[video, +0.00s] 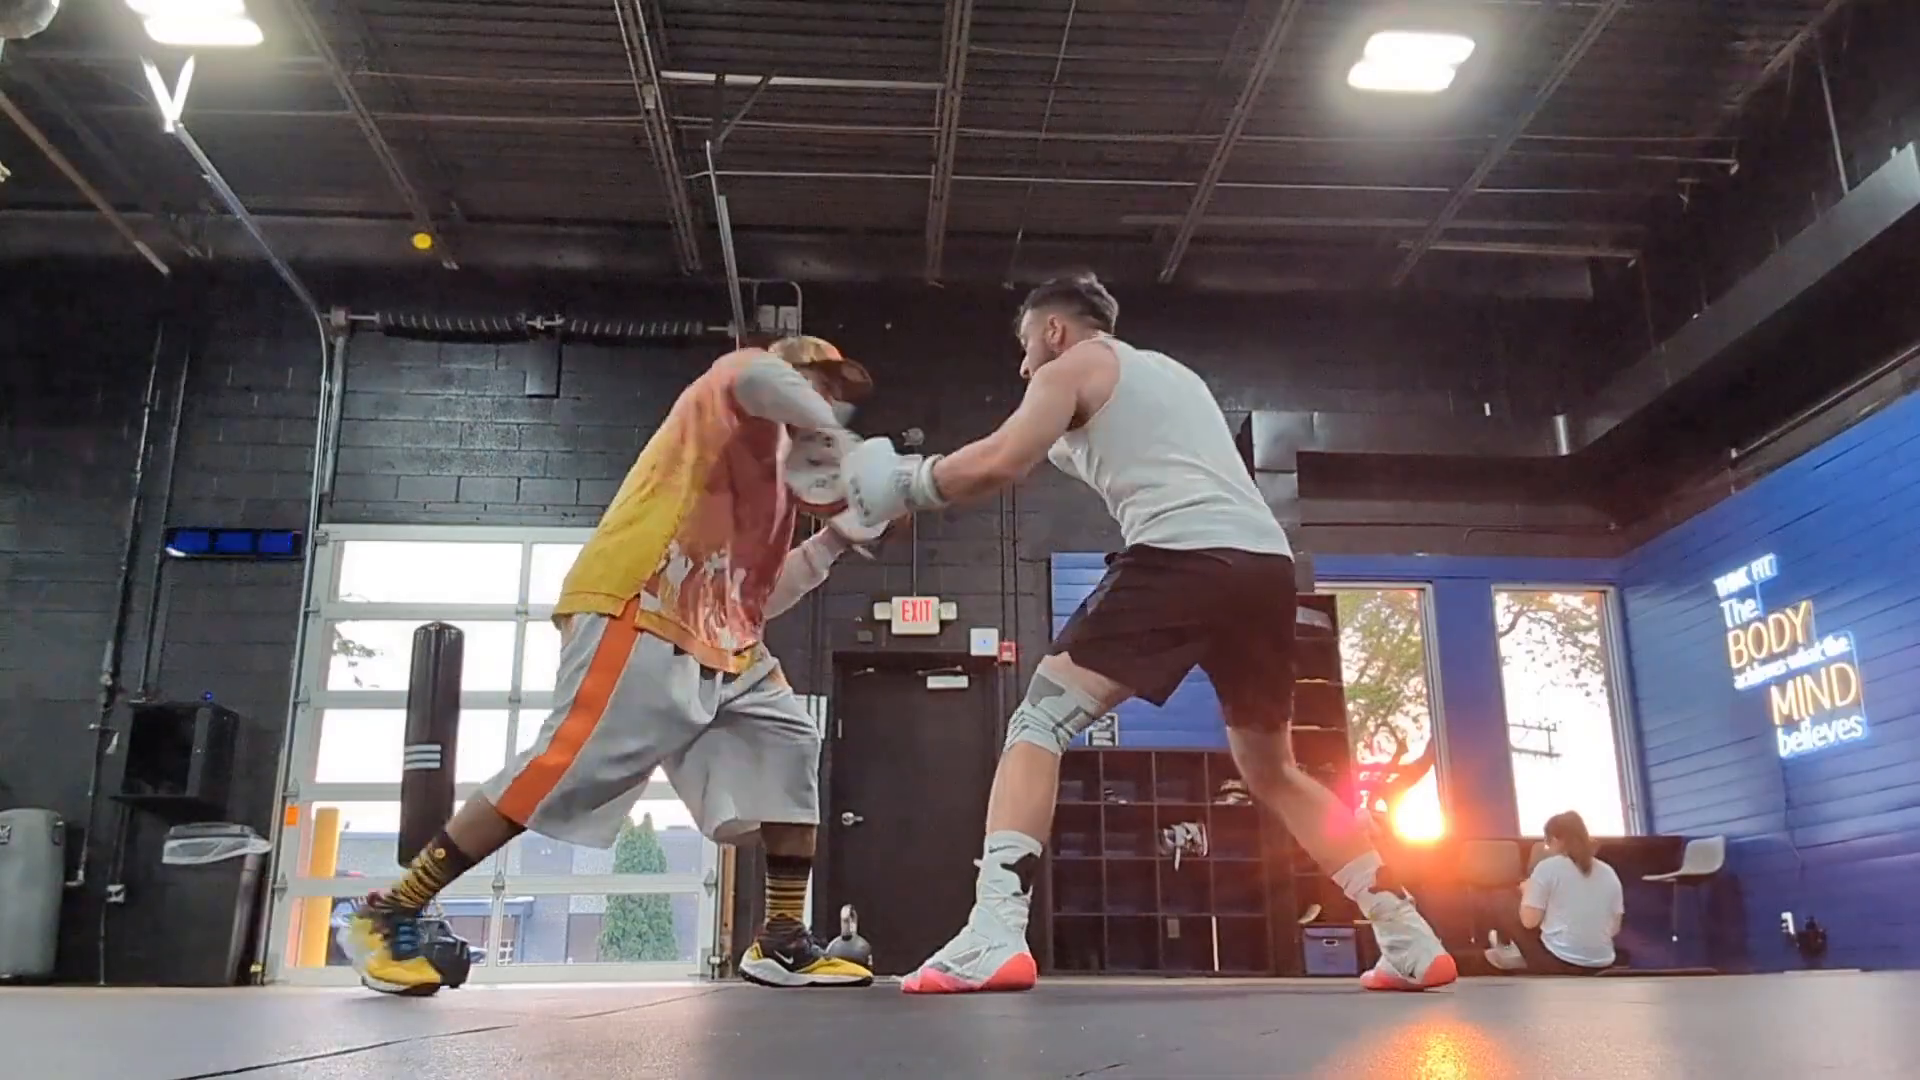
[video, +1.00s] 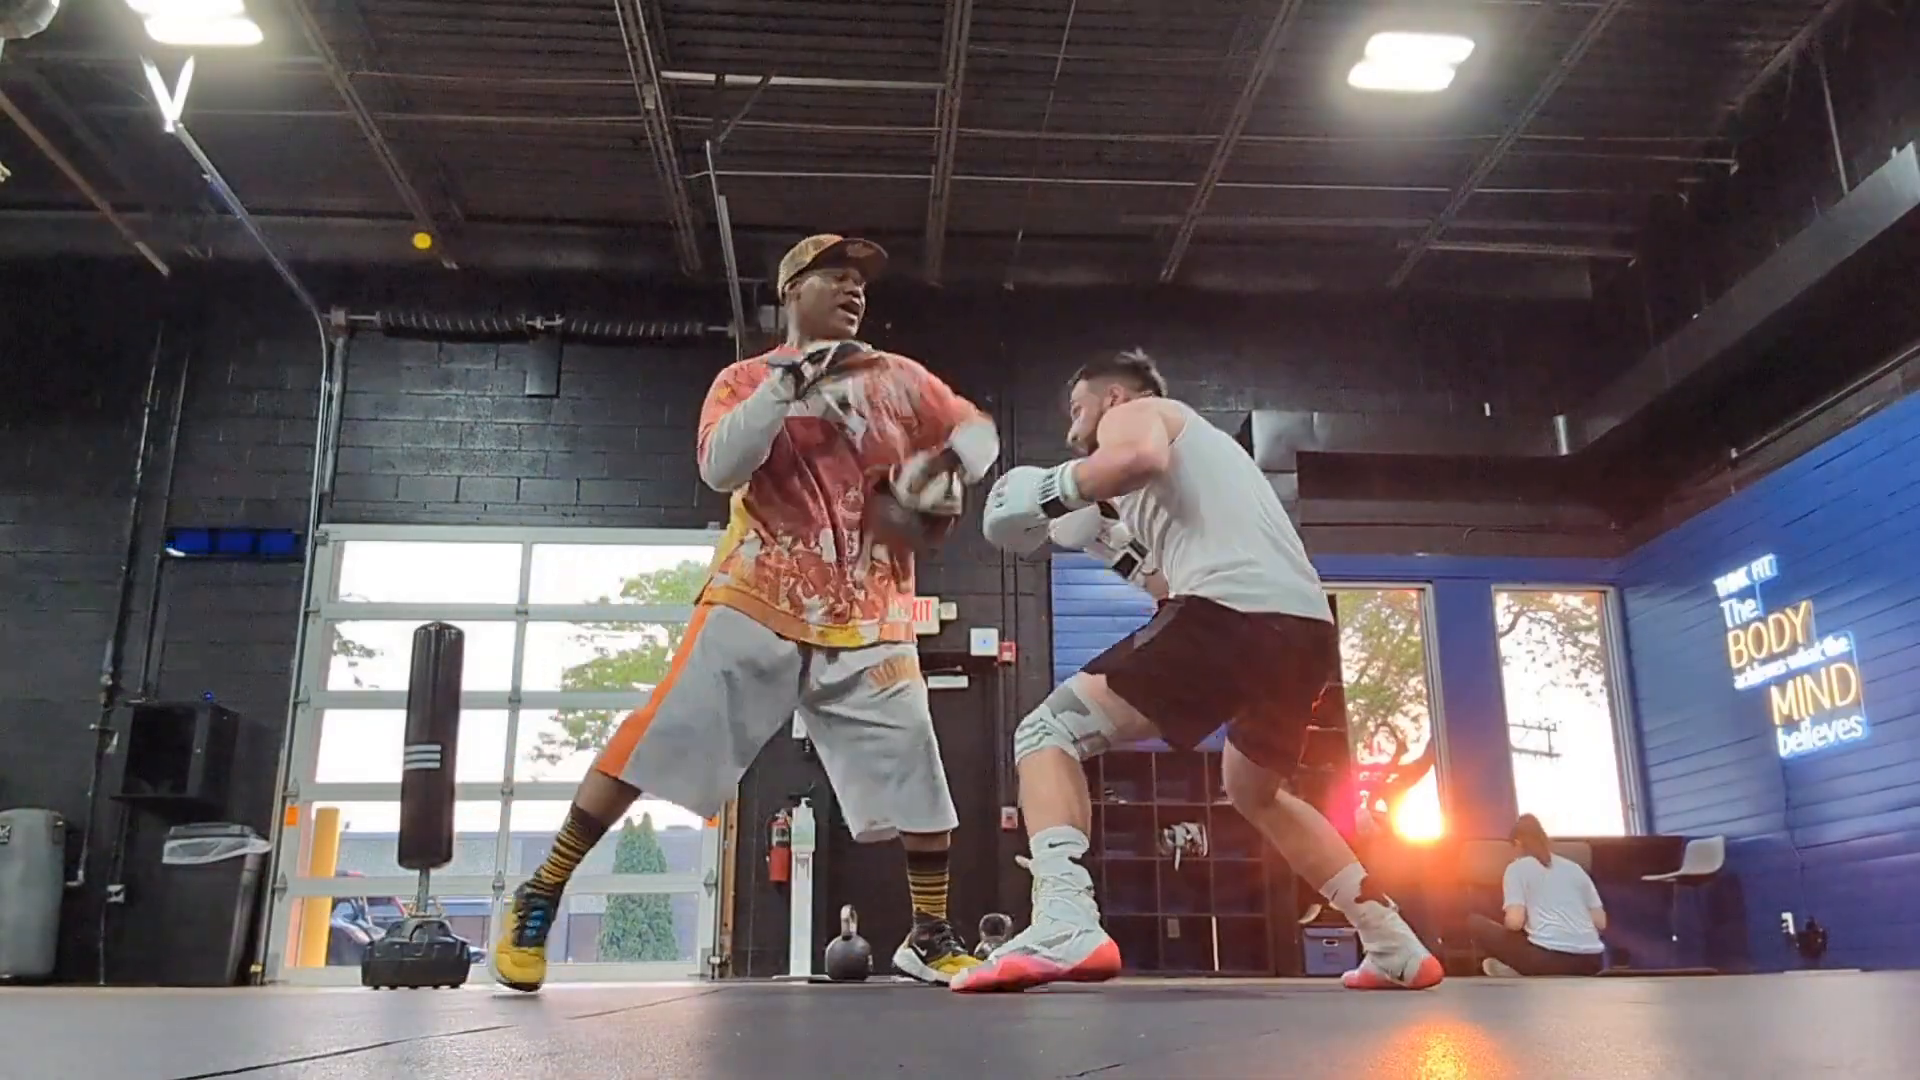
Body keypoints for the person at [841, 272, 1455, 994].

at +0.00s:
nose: (1027, 364)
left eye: (1027, 348)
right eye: (1024, 352)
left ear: (1057, 326)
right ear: (1101, 322)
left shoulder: (1077, 363)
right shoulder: (1178, 377)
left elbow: (1001, 463)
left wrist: (906, 482)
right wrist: (914, 487)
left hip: (1178, 557)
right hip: (1270, 568)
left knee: (1040, 724)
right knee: (1271, 771)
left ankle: (992, 929)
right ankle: (1404, 933)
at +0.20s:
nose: (1078, 328)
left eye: (1083, 313)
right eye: (1078, 317)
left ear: (1116, 301)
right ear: (1159, 303)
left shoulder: (1115, 330)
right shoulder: (1232, 362)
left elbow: (989, 374)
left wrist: (961, 404)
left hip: (1179, 538)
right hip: (1277, 548)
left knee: (1059, 719)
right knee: (1298, 754)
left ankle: (1059, 911)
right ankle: (1408, 938)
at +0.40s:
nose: (1055, 270)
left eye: (1060, 254)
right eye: (1053, 260)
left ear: (1104, 239)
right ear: (1126, 247)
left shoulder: (1119, 274)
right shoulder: (1163, 321)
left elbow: (1091, 333)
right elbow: (1129, 435)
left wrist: (997, 349)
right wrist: (1050, 384)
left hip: (1164, 528)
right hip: (1226, 540)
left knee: (1045, 707)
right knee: (1247, 750)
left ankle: (1072, 931)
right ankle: (1388, 922)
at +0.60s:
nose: (997, 268)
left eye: (1008, 247)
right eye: (994, 255)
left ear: (1061, 238)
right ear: (1047, 251)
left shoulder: (1126, 294)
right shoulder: (1057, 360)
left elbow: (1162, 390)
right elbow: (1016, 472)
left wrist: (1058, 375)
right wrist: (958, 404)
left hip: (1187, 536)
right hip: (1185, 546)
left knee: (1061, 689)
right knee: (1212, 761)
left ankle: (1071, 930)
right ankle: (1383, 914)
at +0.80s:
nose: (991, 412)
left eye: (998, 389)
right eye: (987, 396)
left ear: (1049, 377)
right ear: (1048, 386)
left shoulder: (1095, 399)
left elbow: (1080, 505)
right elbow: (1090, 582)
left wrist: (996, 494)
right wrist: (1024, 525)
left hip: (1222, 606)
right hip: (1279, 624)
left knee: (1037, 707)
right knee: (1217, 791)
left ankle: (1067, 935)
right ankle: (1377, 932)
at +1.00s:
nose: (1072, 429)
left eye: (1078, 409)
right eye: (1069, 416)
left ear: (1117, 392)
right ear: (1131, 398)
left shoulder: (1143, 408)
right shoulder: (1213, 456)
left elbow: (1137, 457)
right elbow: (1182, 592)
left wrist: (1052, 487)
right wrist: (1119, 545)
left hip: (1228, 610)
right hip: (1310, 630)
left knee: (1047, 732)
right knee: (1254, 788)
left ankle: (1064, 921)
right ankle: (1393, 943)